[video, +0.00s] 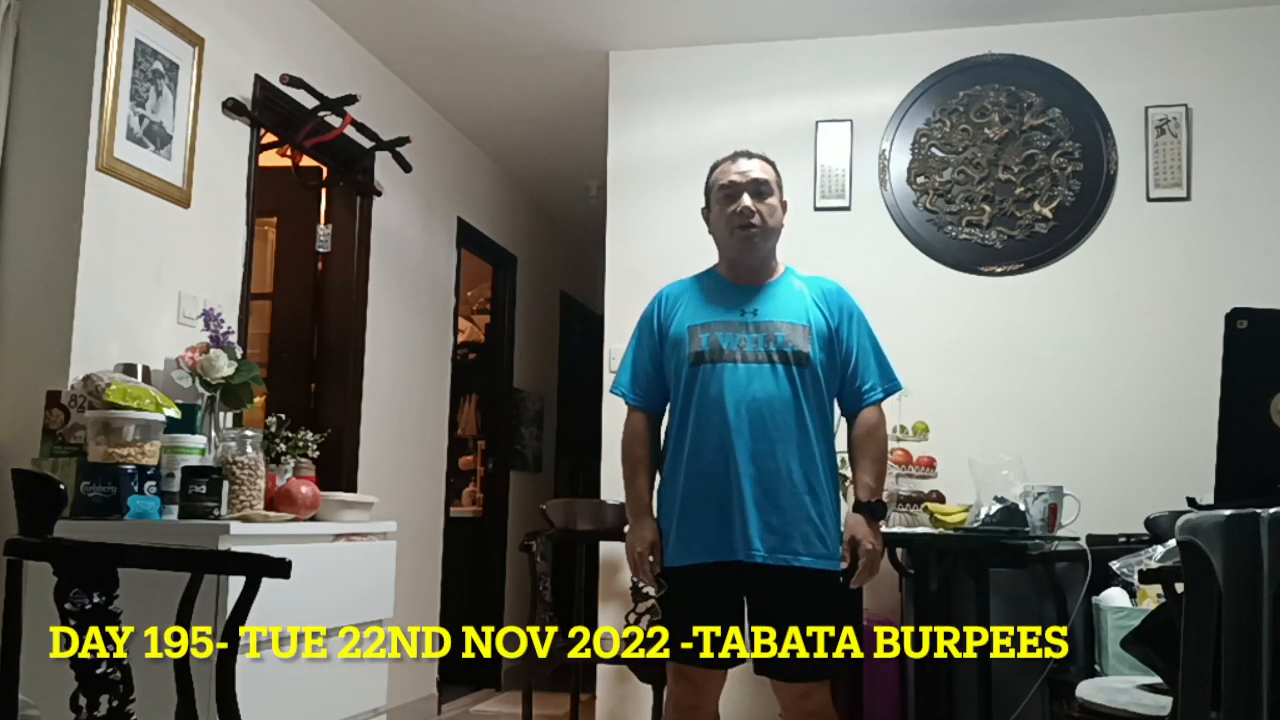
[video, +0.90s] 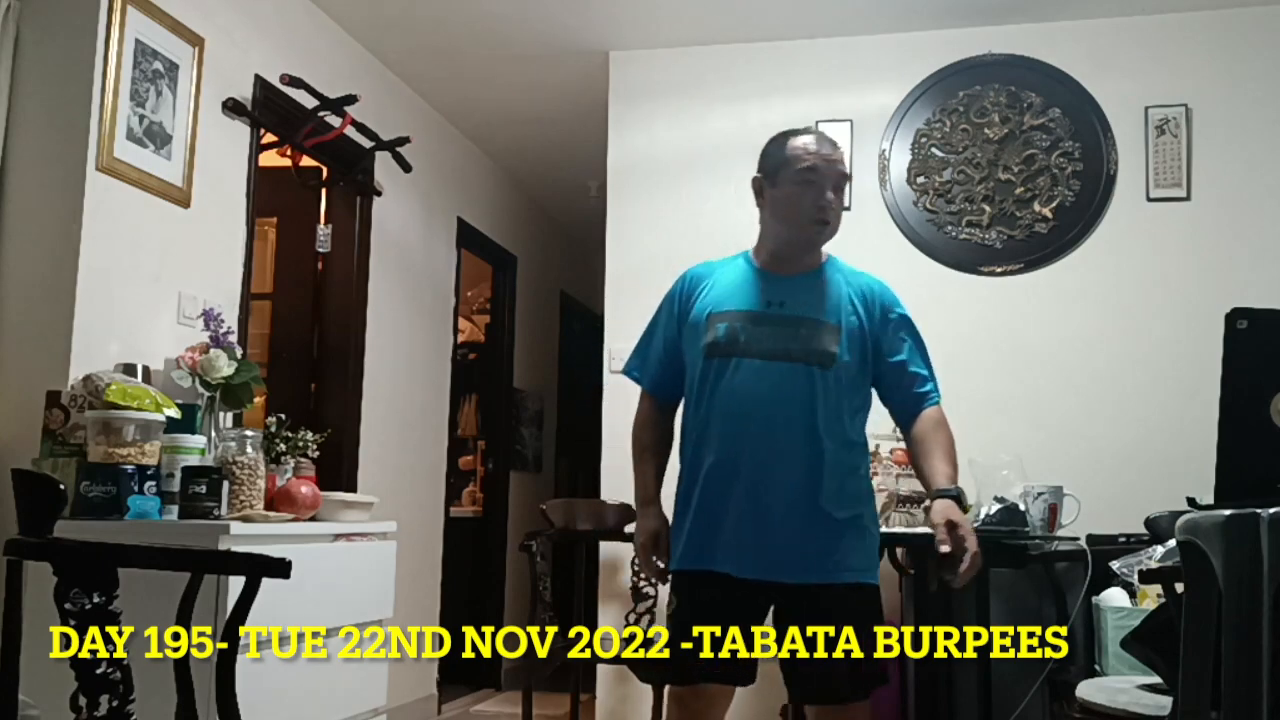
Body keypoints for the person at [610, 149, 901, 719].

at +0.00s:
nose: (745, 201)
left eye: (760, 191)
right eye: (729, 193)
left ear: (783, 213)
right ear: (707, 218)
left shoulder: (829, 303)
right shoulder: (671, 305)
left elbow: (867, 409)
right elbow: (640, 416)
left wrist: (867, 510)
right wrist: (640, 516)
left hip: (803, 541)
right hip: (698, 539)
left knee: (808, 698)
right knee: (691, 691)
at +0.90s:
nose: (828, 197)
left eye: (838, 185)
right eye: (809, 180)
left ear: (847, 200)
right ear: (761, 191)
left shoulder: (871, 301)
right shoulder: (699, 289)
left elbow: (921, 408)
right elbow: (655, 406)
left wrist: (945, 495)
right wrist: (648, 508)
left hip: (833, 559)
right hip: (716, 549)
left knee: (840, 710)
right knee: (692, 705)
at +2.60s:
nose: (830, 156)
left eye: (838, 141)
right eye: (808, 135)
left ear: (844, 156)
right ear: (753, 146)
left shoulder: (868, 272)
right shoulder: (676, 258)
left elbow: (889, 414)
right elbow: (631, 390)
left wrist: (884, 538)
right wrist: (630, 507)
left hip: (825, 560)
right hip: (698, 549)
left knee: (829, 716)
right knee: (683, 708)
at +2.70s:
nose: (789, 152)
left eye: (799, 140)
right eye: (767, 134)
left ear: (804, 157)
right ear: (713, 148)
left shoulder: (832, 268)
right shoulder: (642, 259)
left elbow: (851, 406)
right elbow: (599, 388)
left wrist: (844, 522)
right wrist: (603, 503)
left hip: (796, 552)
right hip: (672, 548)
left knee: (816, 711)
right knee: (670, 708)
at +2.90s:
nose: (742, 153)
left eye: (749, 141)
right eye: (719, 137)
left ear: (756, 158)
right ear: (669, 153)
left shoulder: (787, 264)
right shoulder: (604, 260)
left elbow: (846, 374)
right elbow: (542, 369)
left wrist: (815, 465)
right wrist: (607, 458)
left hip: (766, 548)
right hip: (646, 551)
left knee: (786, 710)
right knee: (658, 708)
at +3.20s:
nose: (738, 158)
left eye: (747, 148)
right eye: (718, 142)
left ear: (754, 166)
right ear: (666, 157)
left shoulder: (779, 263)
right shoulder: (605, 257)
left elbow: (849, 347)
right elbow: (561, 352)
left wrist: (753, 340)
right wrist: (681, 334)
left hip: (759, 546)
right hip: (637, 543)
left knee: (771, 710)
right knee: (652, 707)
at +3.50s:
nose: (749, 159)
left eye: (757, 147)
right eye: (728, 141)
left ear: (763, 163)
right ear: (675, 154)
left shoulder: (789, 258)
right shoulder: (614, 253)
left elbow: (860, 336)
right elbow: (565, 334)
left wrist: (749, 353)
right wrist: (691, 328)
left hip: (770, 546)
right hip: (647, 542)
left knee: (778, 710)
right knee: (656, 709)